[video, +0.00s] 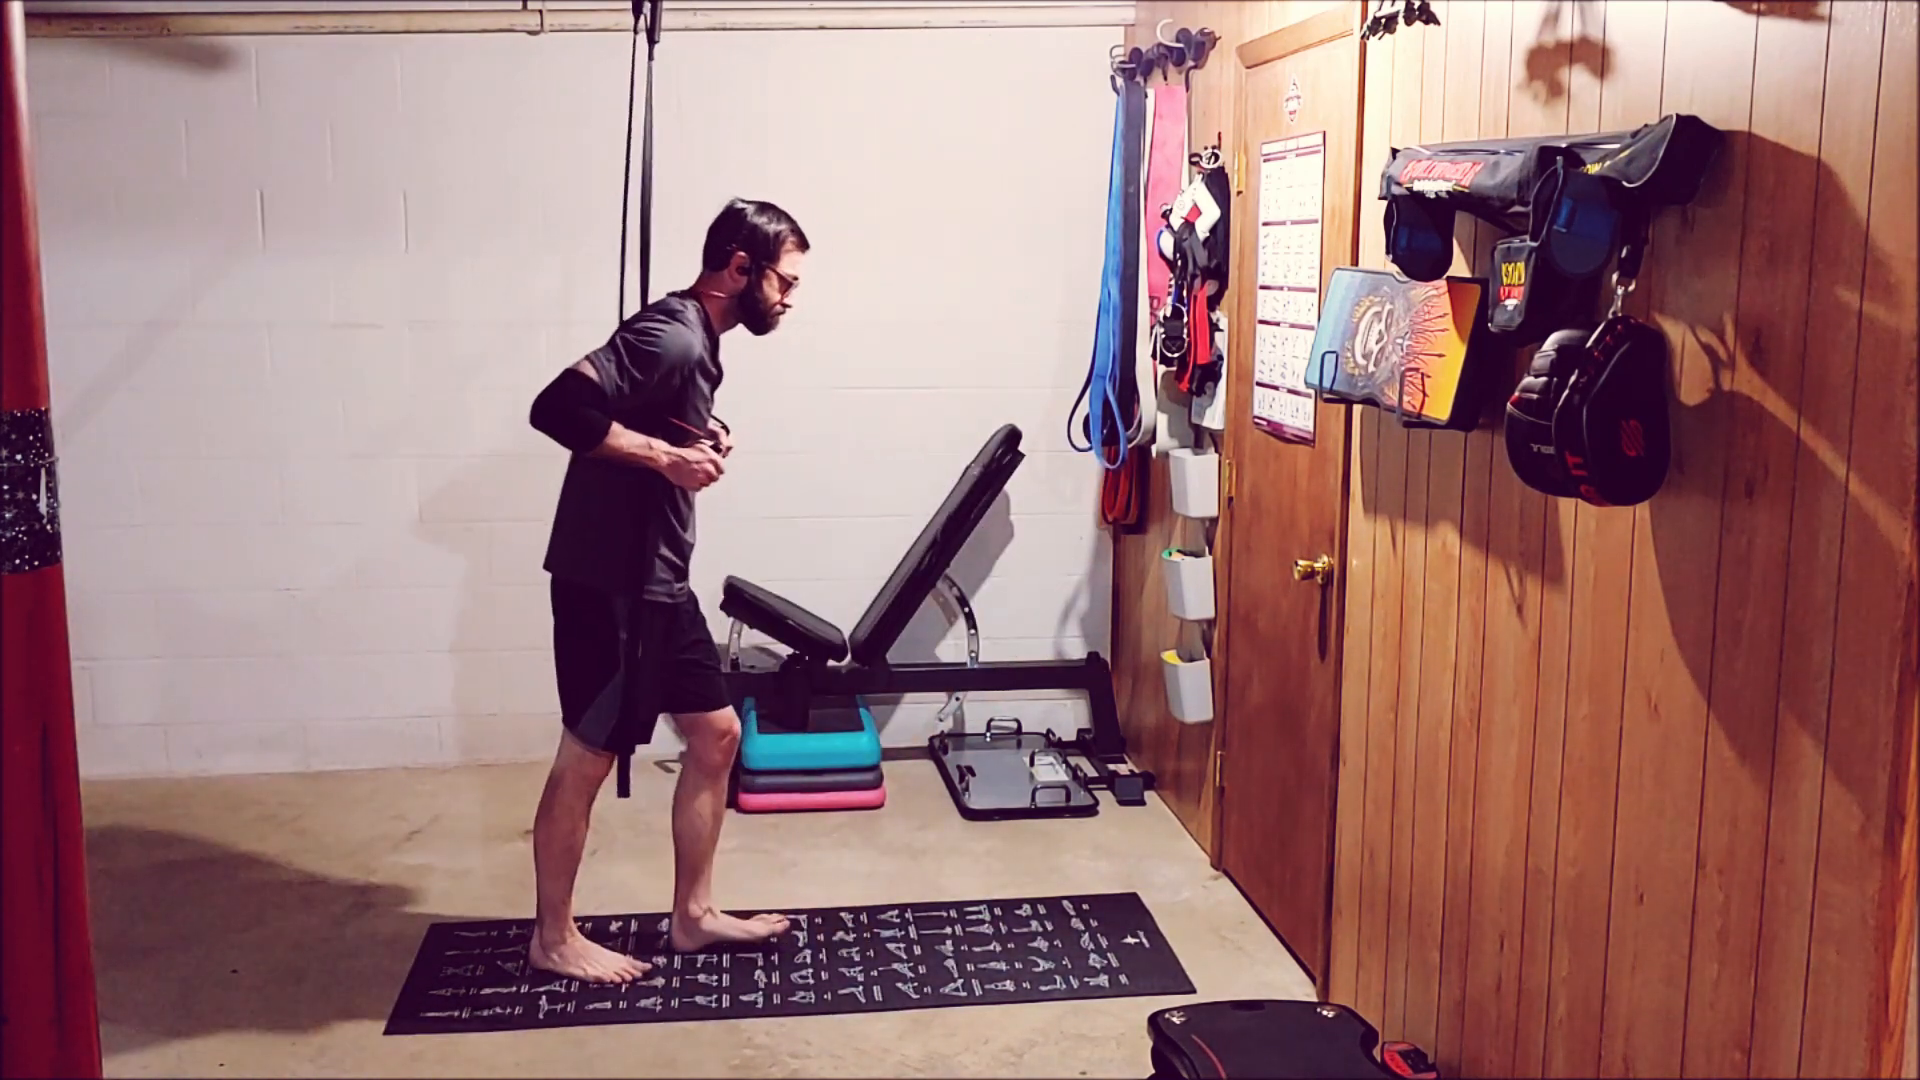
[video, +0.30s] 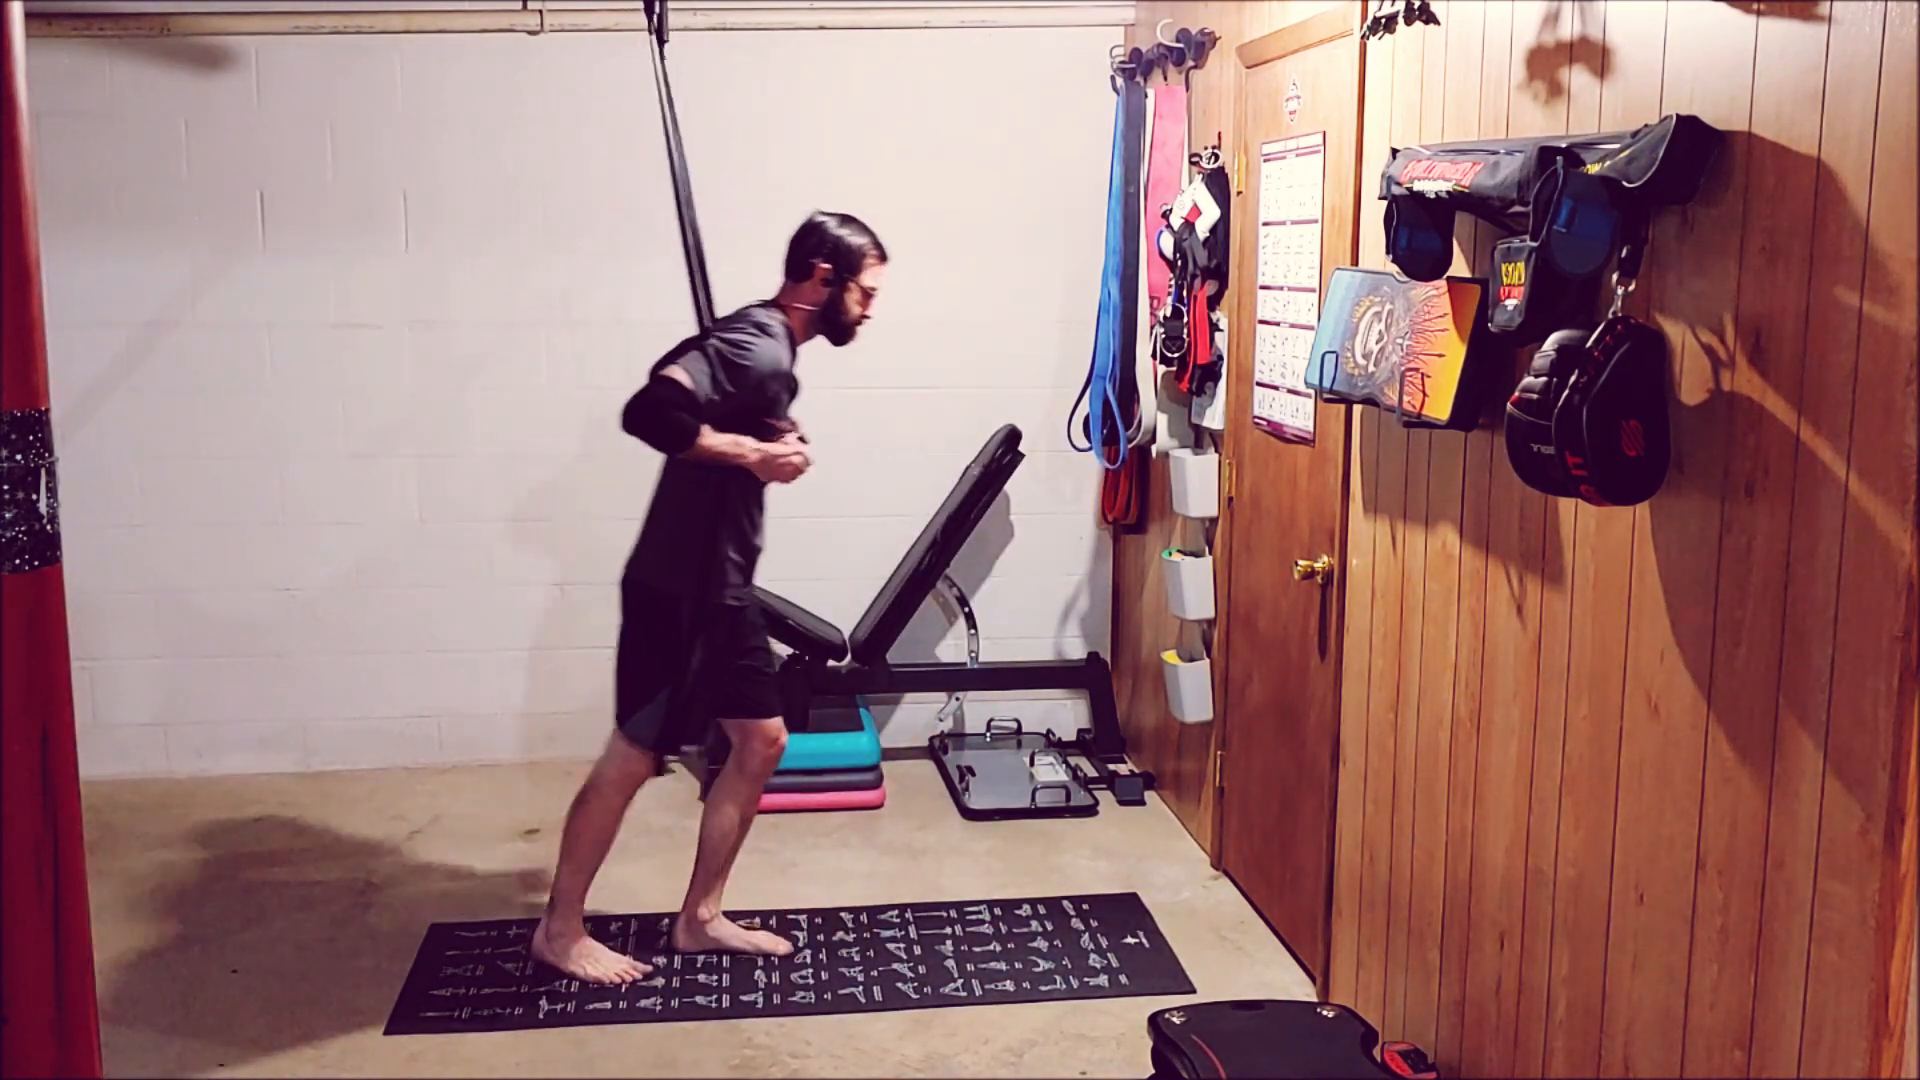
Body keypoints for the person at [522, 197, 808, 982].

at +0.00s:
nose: (790, 300)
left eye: (793, 285)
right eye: (786, 282)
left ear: (741, 270)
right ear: (738, 268)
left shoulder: (701, 341)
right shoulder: (668, 331)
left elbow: (649, 418)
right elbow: (559, 407)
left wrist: (701, 437)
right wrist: (663, 453)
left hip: (662, 580)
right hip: (605, 579)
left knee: (716, 733)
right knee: (589, 754)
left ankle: (694, 913)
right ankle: (553, 938)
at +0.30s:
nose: (871, 307)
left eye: (875, 293)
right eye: (865, 291)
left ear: (815, 282)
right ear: (818, 280)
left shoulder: (772, 349)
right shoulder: (751, 341)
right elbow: (647, 411)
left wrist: (782, 438)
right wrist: (755, 453)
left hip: (721, 581)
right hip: (678, 581)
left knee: (761, 742)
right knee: (634, 754)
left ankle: (701, 917)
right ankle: (559, 932)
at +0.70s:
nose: (1007, 296)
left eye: (1011, 281)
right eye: (1003, 279)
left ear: (951, 266)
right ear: (960, 266)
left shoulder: (899, 314)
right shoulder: (899, 319)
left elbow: (802, 341)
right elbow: (786, 376)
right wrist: (890, 407)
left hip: (826, 554)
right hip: (843, 560)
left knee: (791, 732)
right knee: (912, 730)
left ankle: (708, 901)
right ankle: (791, 879)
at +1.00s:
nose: (1066, 282)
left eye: (1073, 268)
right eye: (1068, 263)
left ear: (1025, 237)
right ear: (1030, 238)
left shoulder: (966, 283)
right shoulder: (963, 277)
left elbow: (854, 303)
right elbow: (863, 329)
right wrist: (966, 363)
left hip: (971, 528)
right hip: (933, 533)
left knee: (1063, 632)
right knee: (942, 722)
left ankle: (904, 702)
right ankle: (847, 886)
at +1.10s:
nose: (1081, 265)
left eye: (1088, 251)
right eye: (1083, 246)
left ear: (1042, 219)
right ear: (1049, 222)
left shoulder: (991, 271)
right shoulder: (975, 257)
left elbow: (872, 298)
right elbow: (875, 317)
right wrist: (981, 342)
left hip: (1001, 500)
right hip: (952, 515)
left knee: (1127, 538)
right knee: (930, 711)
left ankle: (994, 638)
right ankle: (856, 879)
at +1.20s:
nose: (1092, 264)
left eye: (1099, 249)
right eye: (1094, 244)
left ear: (1051, 217)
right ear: (1059, 219)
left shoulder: (1003, 267)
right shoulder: (979, 257)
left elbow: (880, 291)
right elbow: (879, 321)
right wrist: (986, 338)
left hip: (1017, 487)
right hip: (965, 510)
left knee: (1151, 485)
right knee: (936, 710)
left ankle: (1048, 634)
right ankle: (863, 878)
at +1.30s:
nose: (1095, 268)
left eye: (1102, 253)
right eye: (1097, 249)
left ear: (1056, 225)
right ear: (1062, 226)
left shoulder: (1004, 272)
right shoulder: (982, 262)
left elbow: (880, 287)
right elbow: (877, 322)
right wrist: (984, 344)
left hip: (1022, 488)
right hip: (971, 510)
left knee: (1153, 466)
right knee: (940, 713)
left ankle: (1074, 626)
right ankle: (861, 881)